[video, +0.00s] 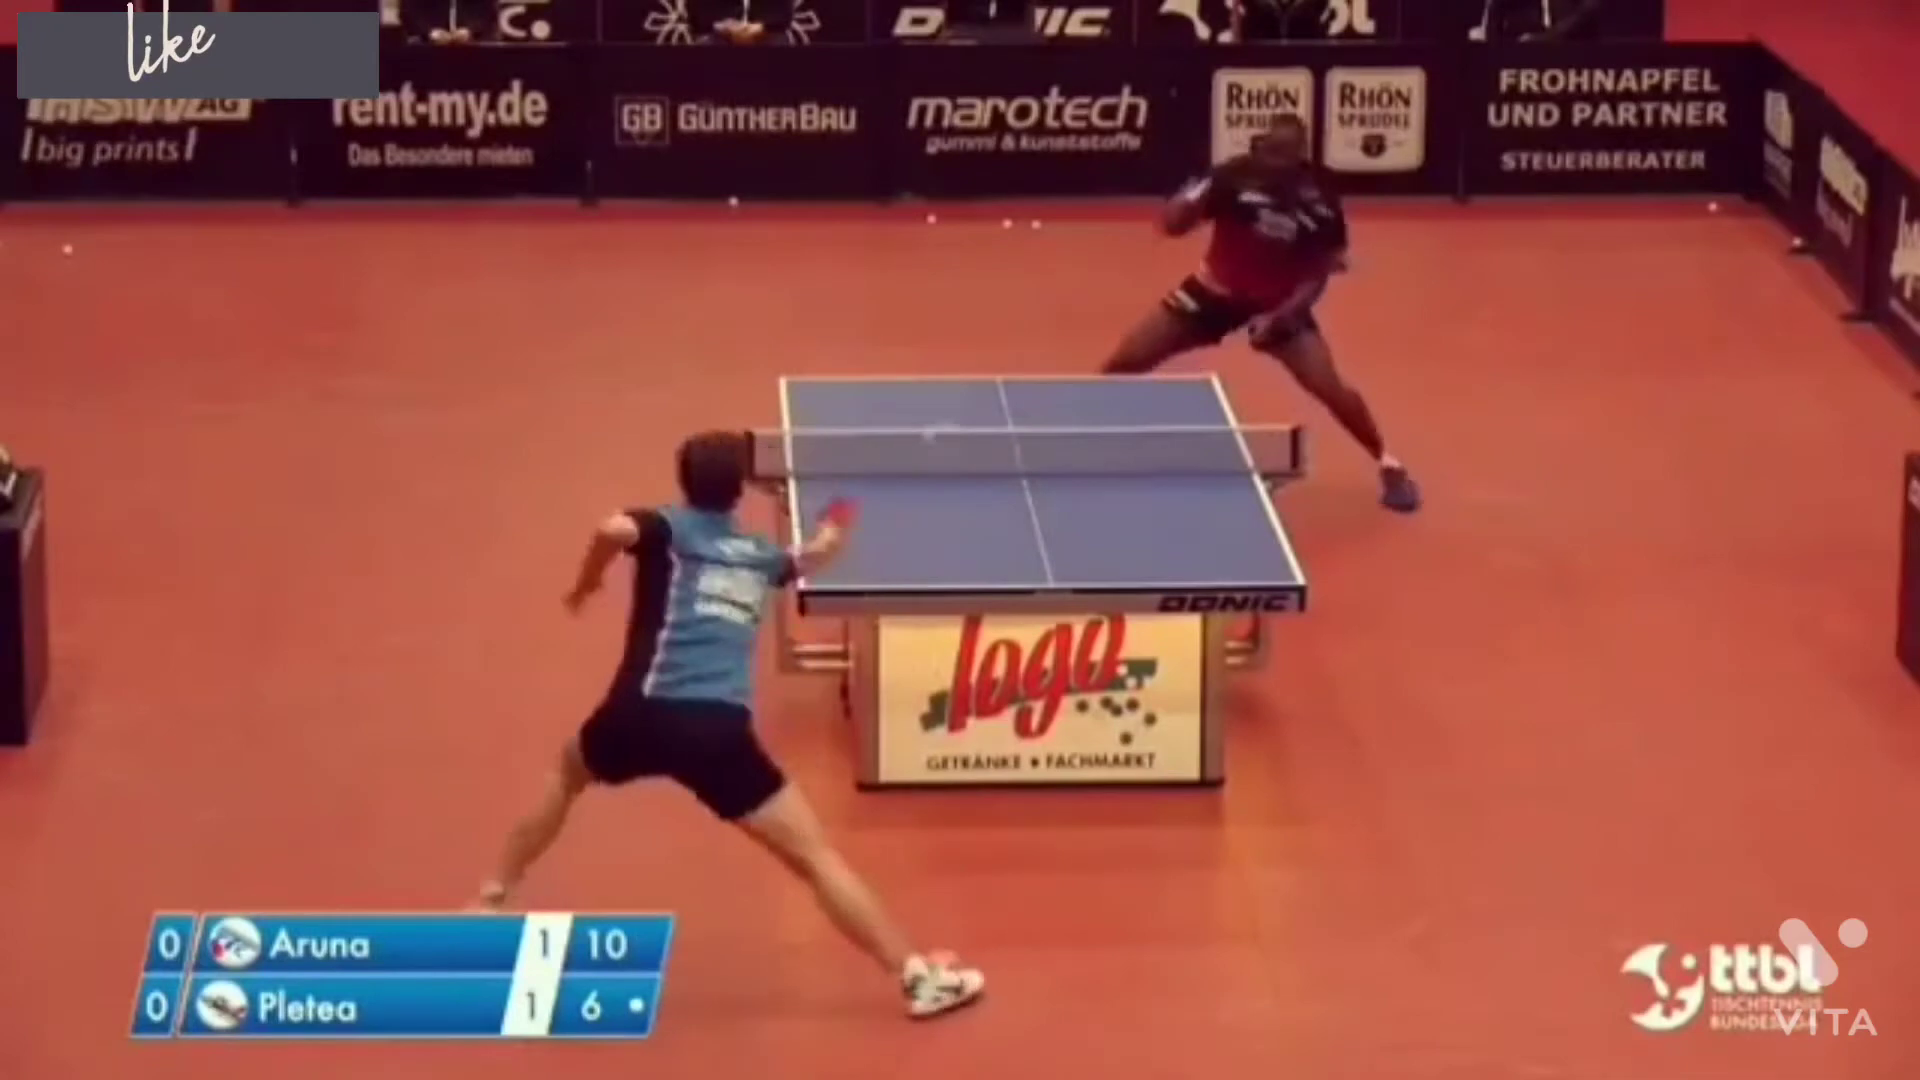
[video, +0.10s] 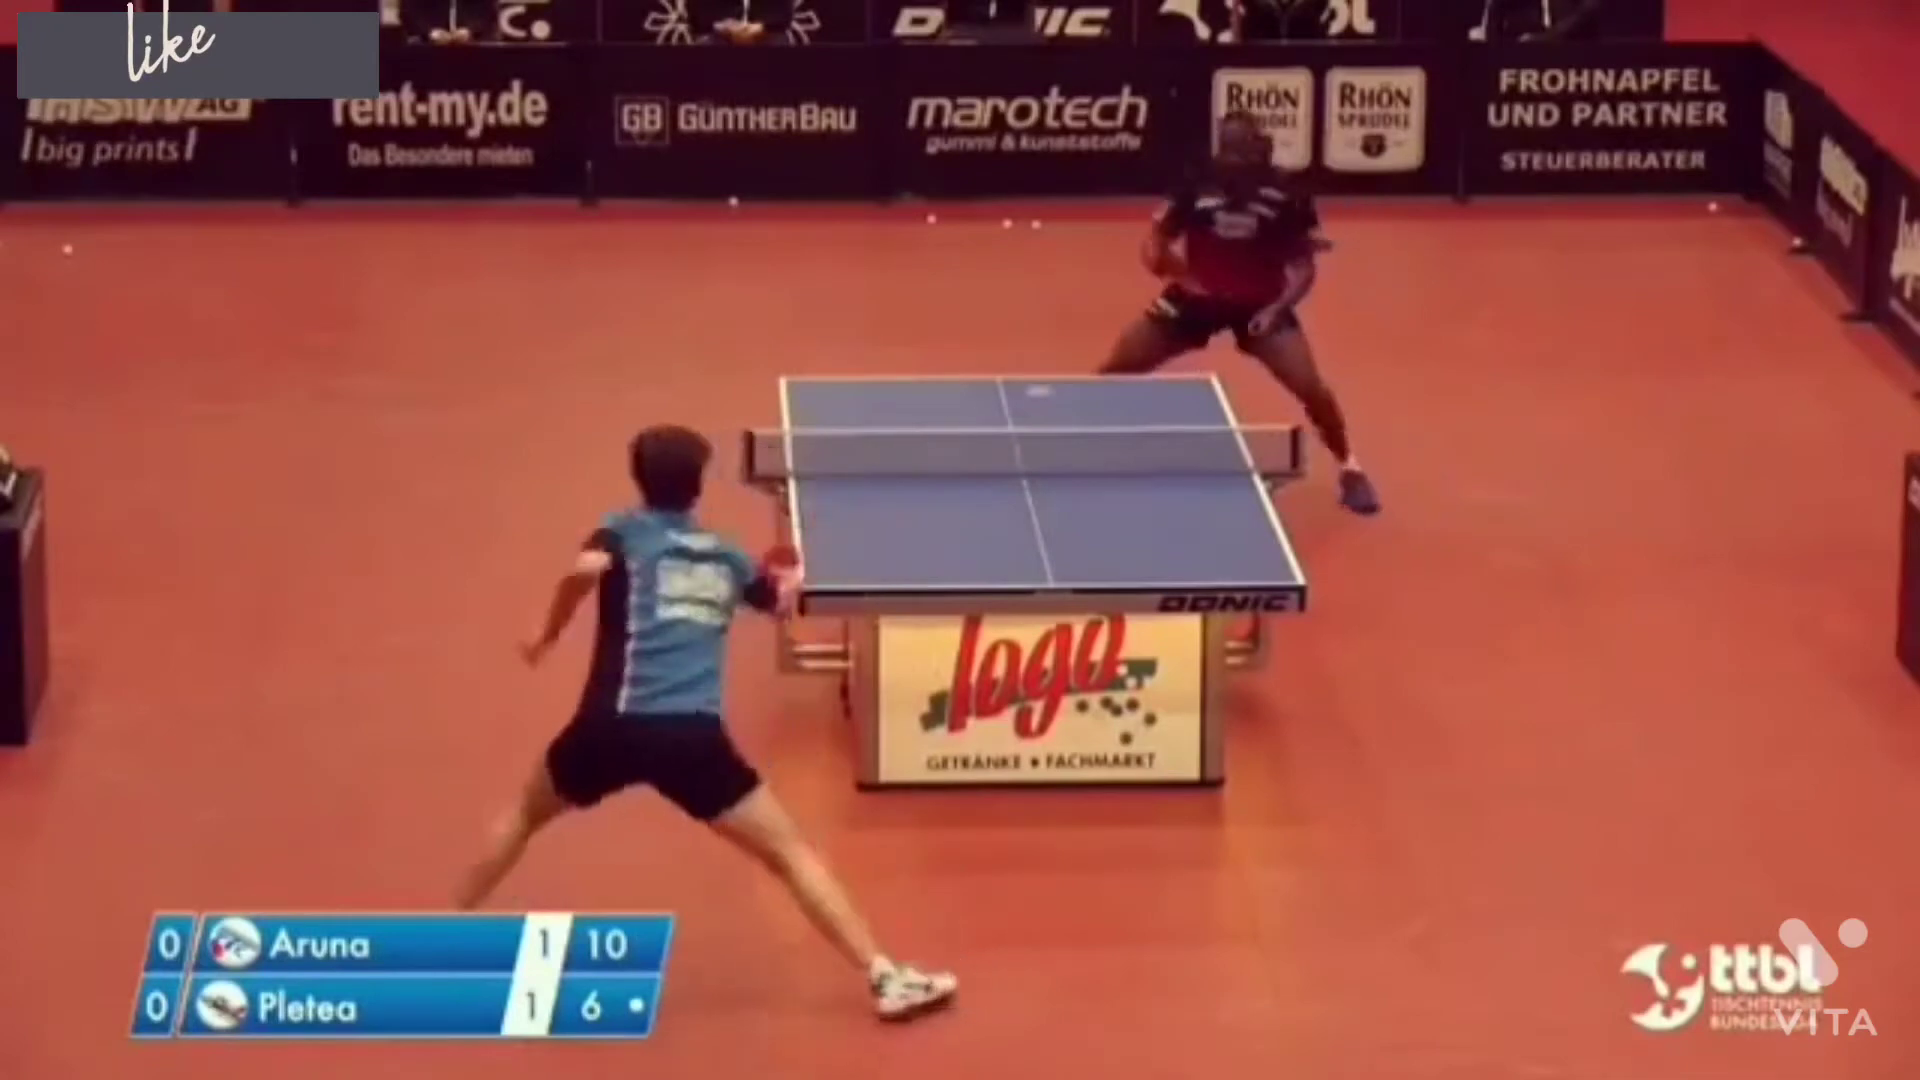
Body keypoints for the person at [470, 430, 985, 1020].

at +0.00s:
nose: (743, 488)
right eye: (744, 479)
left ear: (686, 483)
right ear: (740, 490)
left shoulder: (666, 525)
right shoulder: (762, 553)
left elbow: (610, 532)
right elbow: (805, 563)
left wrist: (585, 585)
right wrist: (831, 539)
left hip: (638, 718)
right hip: (719, 732)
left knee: (567, 779)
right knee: (816, 858)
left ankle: (497, 889)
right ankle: (916, 973)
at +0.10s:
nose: (694, 484)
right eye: (696, 474)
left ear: (640, 481)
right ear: (697, 486)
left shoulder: (621, 532)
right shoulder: (723, 554)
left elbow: (581, 575)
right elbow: (776, 603)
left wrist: (545, 638)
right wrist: (781, 574)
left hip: (612, 733)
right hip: (693, 740)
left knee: (525, 819)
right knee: (790, 853)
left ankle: (446, 929)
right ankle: (885, 975)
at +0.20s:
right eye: (680, 484)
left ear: (626, 493)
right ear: (683, 498)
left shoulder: (594, 559)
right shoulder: (711, 572)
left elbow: (522, 601)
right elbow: (777, 633)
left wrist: (529, 657)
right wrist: (789, 593)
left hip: (597, 744)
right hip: (684, 751)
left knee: (512, 809)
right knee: (782, 838)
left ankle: (440, 929)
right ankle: (849, 962)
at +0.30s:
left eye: (669, 467)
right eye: (710, 470)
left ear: (656, 478)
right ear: (715, 482)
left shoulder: (617, 541)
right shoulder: (741, 557)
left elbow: (545, 579)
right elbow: (795, 619)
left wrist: (563, 618)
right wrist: (812, 591)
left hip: (617, 730)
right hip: (708, 734)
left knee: (526, 807)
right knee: (816, 816)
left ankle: (446, 925)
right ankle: (870, 946)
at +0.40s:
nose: (787, 480)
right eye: (785, 471)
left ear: (720, 474)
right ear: (779, 480)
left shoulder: (678, 529)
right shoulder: (790, 553)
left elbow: (599, 573)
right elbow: (850, 617)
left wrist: (634, 599)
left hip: (658, 720)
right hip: (741, 728)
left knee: (578, 780)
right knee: (849, 829)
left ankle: (523, 905)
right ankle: (933, 960)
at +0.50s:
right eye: (827, 499)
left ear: (772, 499)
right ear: (825, 511)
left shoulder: (721, 554)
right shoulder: (828, 581)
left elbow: (655, 591)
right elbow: (860, 664)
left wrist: (718, 602)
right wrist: (897, 670)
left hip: (688, 743)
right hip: (769, 752)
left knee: (614, 806)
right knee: (880, 821)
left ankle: (554, 928)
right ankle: (941, 960)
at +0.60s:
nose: (954, 536)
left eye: (947, 522)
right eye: (951, 526)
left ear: (897, 519)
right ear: (940, 536)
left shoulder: (852, 561)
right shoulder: (911, 606)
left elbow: (797, 562)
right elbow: (905, 705)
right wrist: (978, 762)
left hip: (756, 733)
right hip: (826, 750)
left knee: (674, 831)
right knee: (958, 810)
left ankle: (568, 919)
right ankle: (950, 964)